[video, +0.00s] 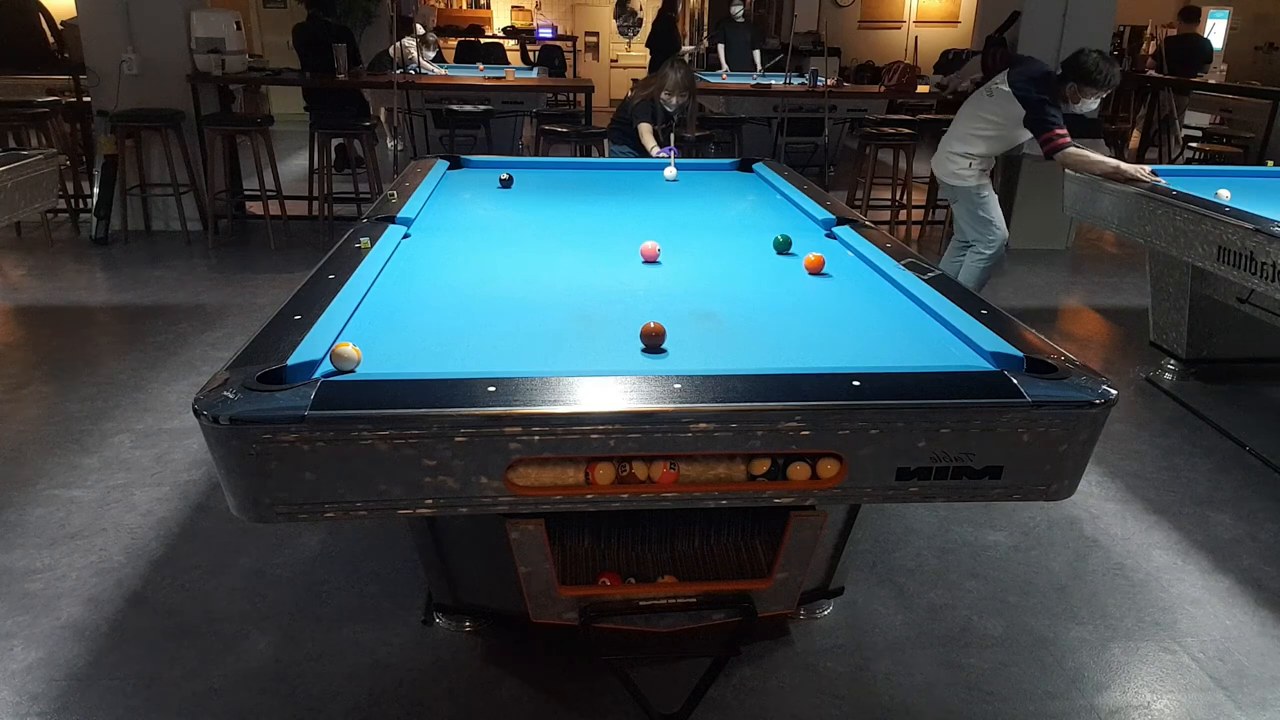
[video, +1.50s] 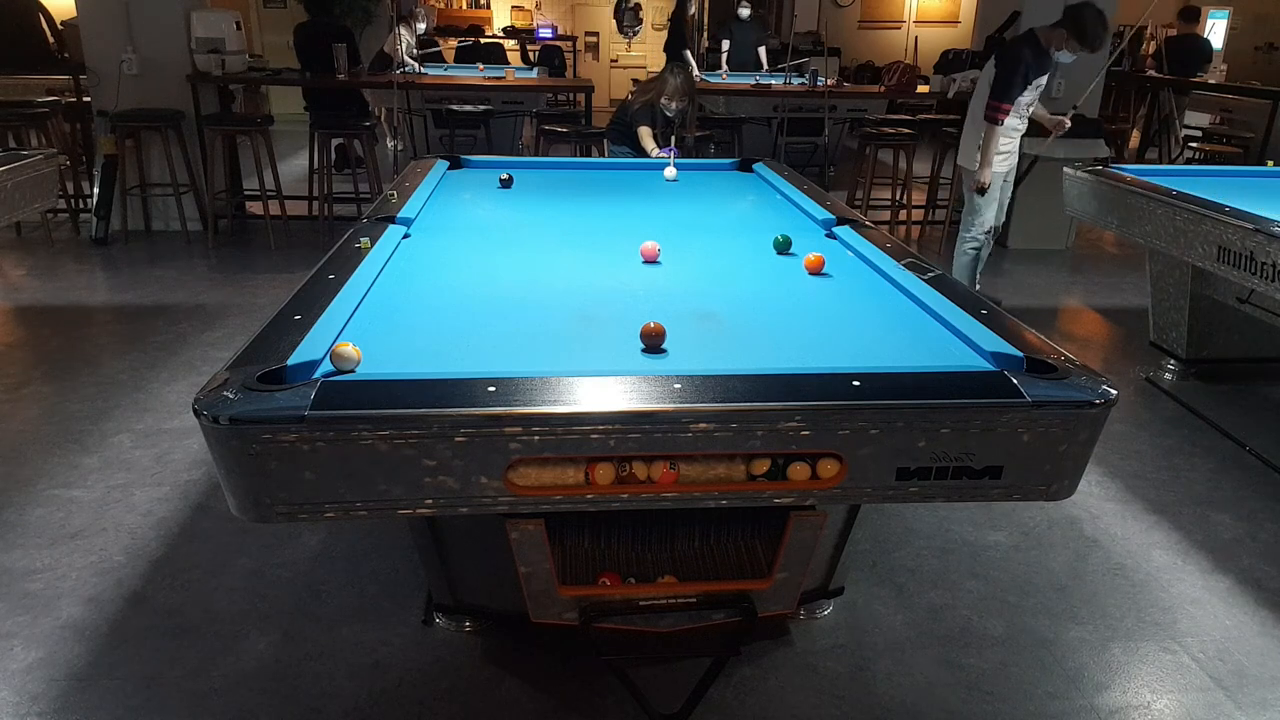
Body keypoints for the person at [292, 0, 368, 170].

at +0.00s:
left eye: (306, 5)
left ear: (307, 7)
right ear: (332, 7)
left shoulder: (298, 30)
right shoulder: (342, 30)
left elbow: (307, 64)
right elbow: (357, 67)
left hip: (313, 101)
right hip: (345, 103)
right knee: (363, 106)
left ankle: (351, 152)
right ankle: (345, 150)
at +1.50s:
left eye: (304, 5)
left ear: (307, 8)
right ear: (333, 7)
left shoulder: (300, 30)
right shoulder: (342, 29)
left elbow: (305, 65)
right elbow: (357, 69)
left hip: (315, 102)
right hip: (346, 102)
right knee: (363, 107)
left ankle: (351, 152)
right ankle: (345, 150)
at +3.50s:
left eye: (303, 5)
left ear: (307, 7)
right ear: (332, 7)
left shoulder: (300, 31)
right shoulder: (343, 30)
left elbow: (305, 64)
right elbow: (356, 67)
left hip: (315, 102)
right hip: (346, 103)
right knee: (362, 106)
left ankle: (351, 152)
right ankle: (344, 149)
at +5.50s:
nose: (302, 7)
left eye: (304, 5)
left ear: (307, 7)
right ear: (333, 7)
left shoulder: (300, 31)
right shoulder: (344, 31)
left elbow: (305, 63)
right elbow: (356, 69)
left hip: (315, 103)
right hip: (347, 103)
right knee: (362, 106)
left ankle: (352, 151)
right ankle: (345, 149)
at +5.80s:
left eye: (303, 5)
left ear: (307, 8)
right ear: (333, 7)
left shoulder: (300, 30)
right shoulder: (342, 30)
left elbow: (305, 61)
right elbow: (357, 61)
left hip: (314, 101)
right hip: (345, 101)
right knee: (362, 106)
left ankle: (350, 150)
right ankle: (343, 147)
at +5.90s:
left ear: (308, 8)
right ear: (335, 8)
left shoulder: (300, 31)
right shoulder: (344, 33)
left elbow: (305, 64)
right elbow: (355, 70)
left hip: (314, 102)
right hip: (346, 102)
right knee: (362, 107)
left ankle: (351, 150)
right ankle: (343, 147)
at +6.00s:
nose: (347, 10)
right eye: (344, 5)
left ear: (309, 8)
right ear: (337, 8)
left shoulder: (299, 31)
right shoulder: (344, 34)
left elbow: (305, 64)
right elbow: (355, 70)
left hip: (314, 102)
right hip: (345, 103)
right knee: (362, 106)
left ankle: (350, 150)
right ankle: (344, 147)